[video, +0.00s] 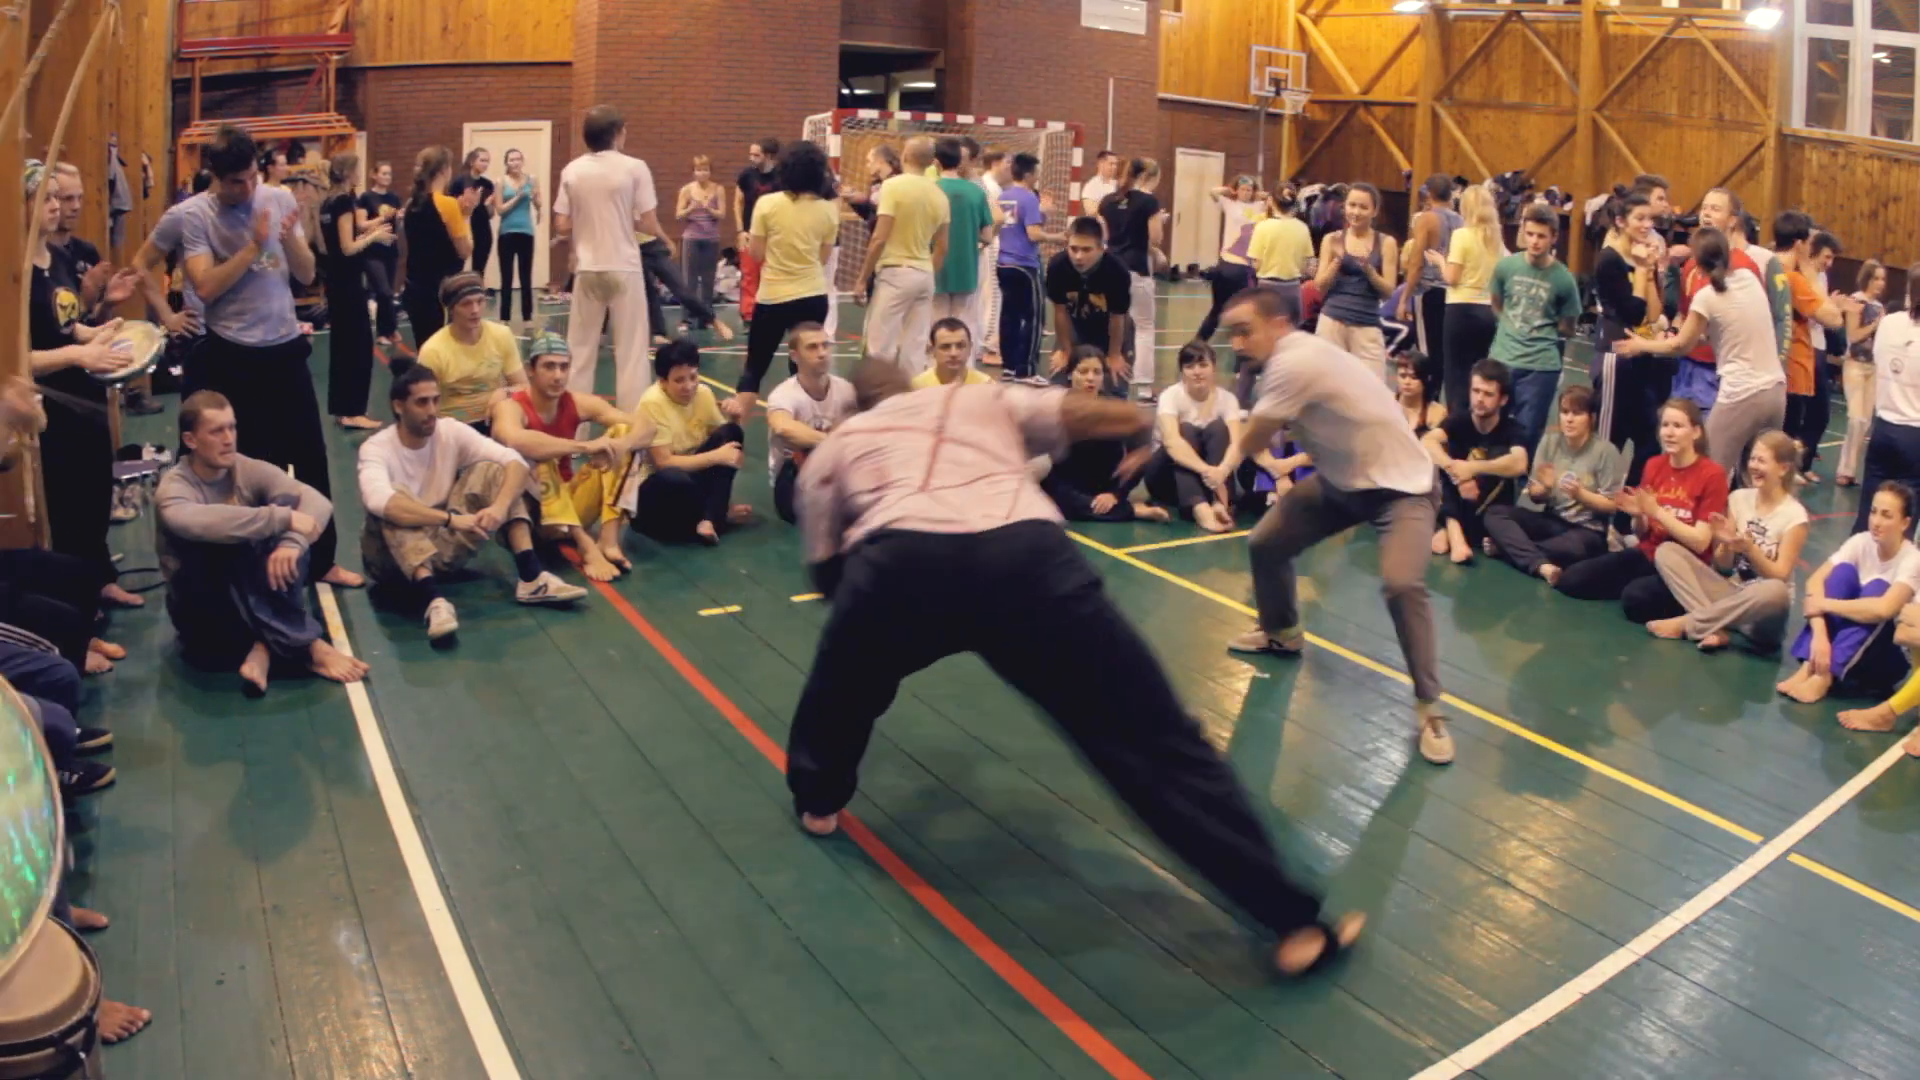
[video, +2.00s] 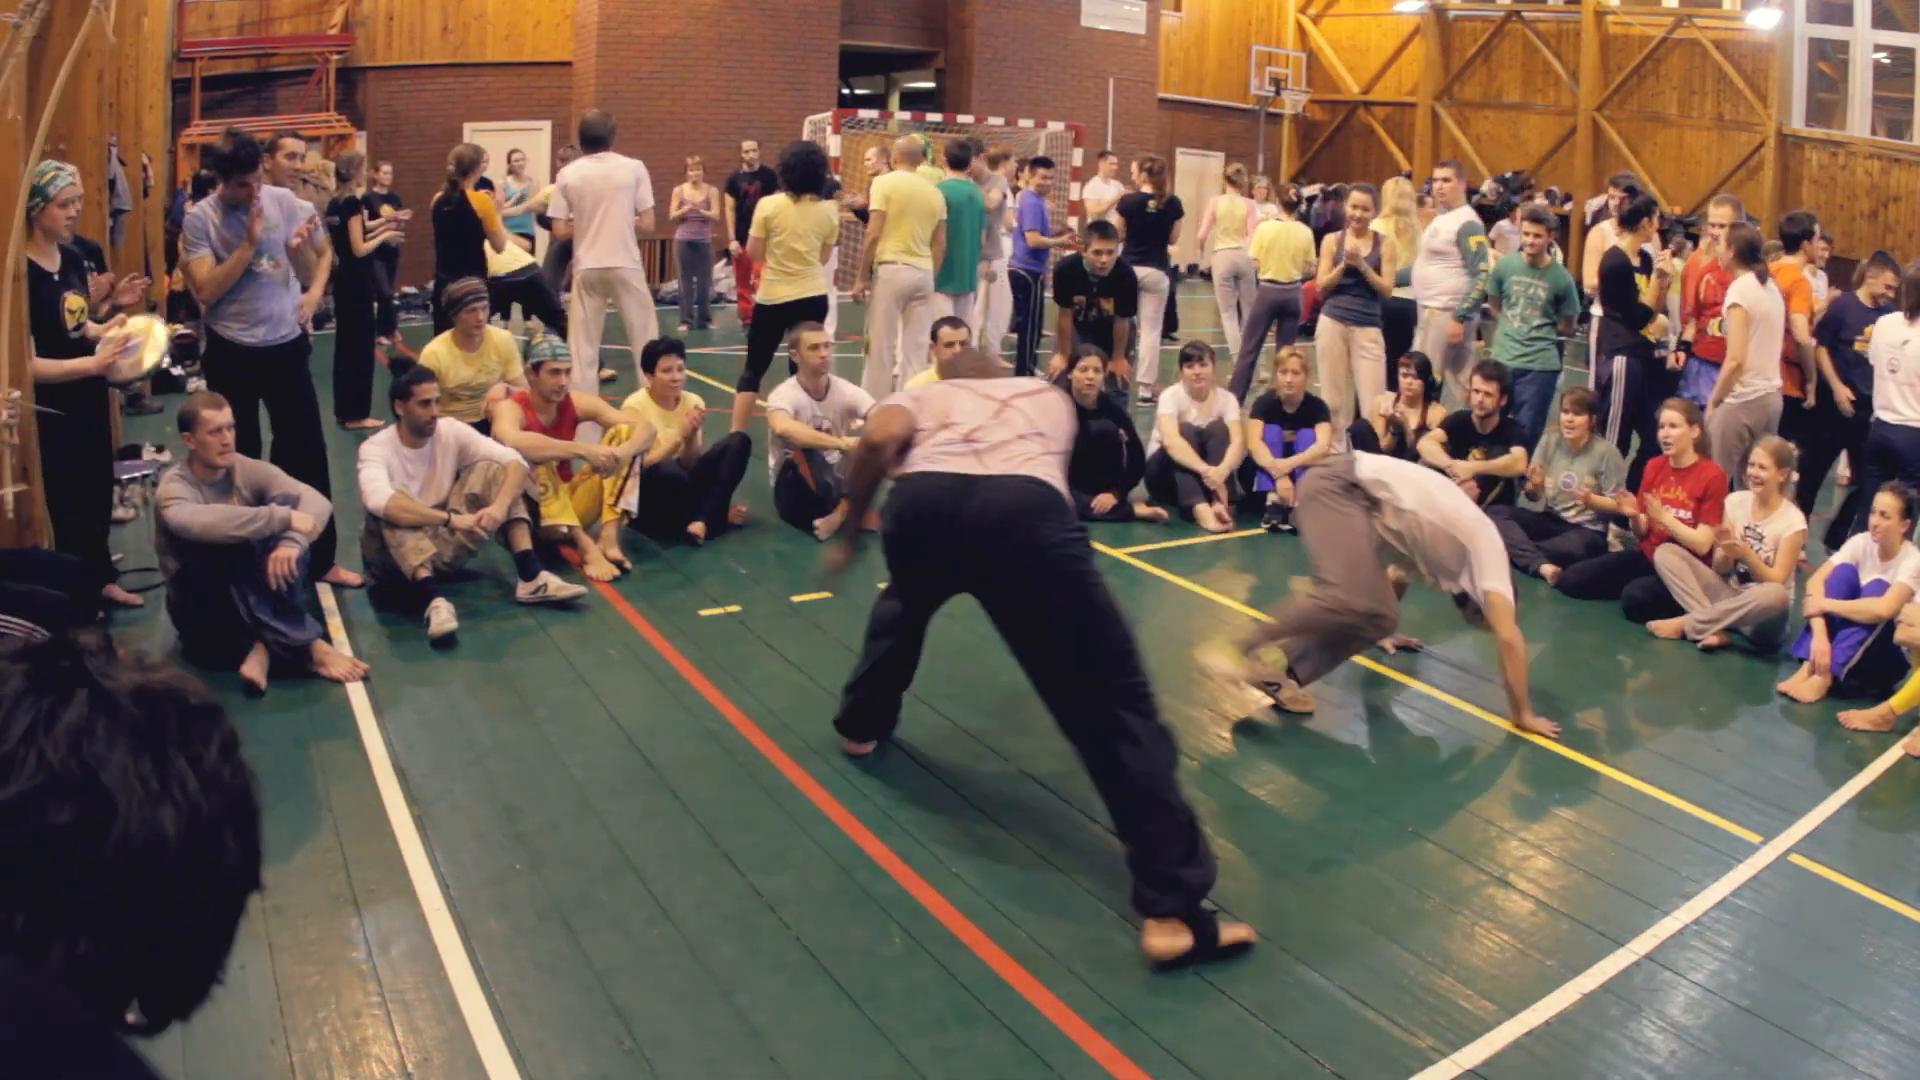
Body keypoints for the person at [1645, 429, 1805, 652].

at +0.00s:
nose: (1753, 466)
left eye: (1761, 460)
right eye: (1752, 459)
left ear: (1783, 468)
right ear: (1747, 462)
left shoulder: (1795, 515)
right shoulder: (1738, 498)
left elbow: (1780, 574)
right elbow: (1722, 563)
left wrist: (1748, 549)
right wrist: (1725, 543)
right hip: (1729, 591)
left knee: (1775, 590)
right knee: (1667, 551)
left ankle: (1685, 624)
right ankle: (1711, 629)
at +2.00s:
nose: (1753, 473)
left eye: (1762, 467)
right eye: (1751, 465)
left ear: (1783, 475)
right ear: (1745, 466)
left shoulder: (1793, 520)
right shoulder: (1734, 501)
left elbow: (1778, 579)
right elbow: (1719, 568)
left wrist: (1745, 554)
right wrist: (1727, 551)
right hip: (1727, 596)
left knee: (1775, 594)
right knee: (1665, 552)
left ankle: (1684, 624)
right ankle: (1712, 629)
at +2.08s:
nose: (1754, 472)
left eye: (1763, 466)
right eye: (1751, 464)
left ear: (1783, 475)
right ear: (1745, 465)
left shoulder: (1794, 520)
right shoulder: (1735, 501)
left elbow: (1777, 579)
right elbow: (1719, 567)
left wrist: (1744, 552)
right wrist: (1728, 550)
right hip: (1726, 594)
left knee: (1775, 594)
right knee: (1665, 552)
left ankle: (1684, 625)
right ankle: (1712, 629)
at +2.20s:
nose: (1754, 471)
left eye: (1764, 465)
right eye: (1752, 463)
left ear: (1783, 473)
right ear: (1746, 465)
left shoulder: (1794, 520)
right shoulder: (1735, 502)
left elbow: (1776, 578)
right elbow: (1719, 566)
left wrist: (1741, 550)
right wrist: (1735, 550)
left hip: (1760, 606)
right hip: (1726, 594)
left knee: (1775, 594)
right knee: (1666, 552)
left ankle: (1685, 624)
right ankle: (1712, 629)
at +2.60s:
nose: (1758, 472)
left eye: (1768, 466)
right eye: (1755, 463)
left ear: (1785, 473)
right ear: (1749, 465)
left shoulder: (1794, 523)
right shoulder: (1733, 503)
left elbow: (1781, 577)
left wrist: (1745, 552)